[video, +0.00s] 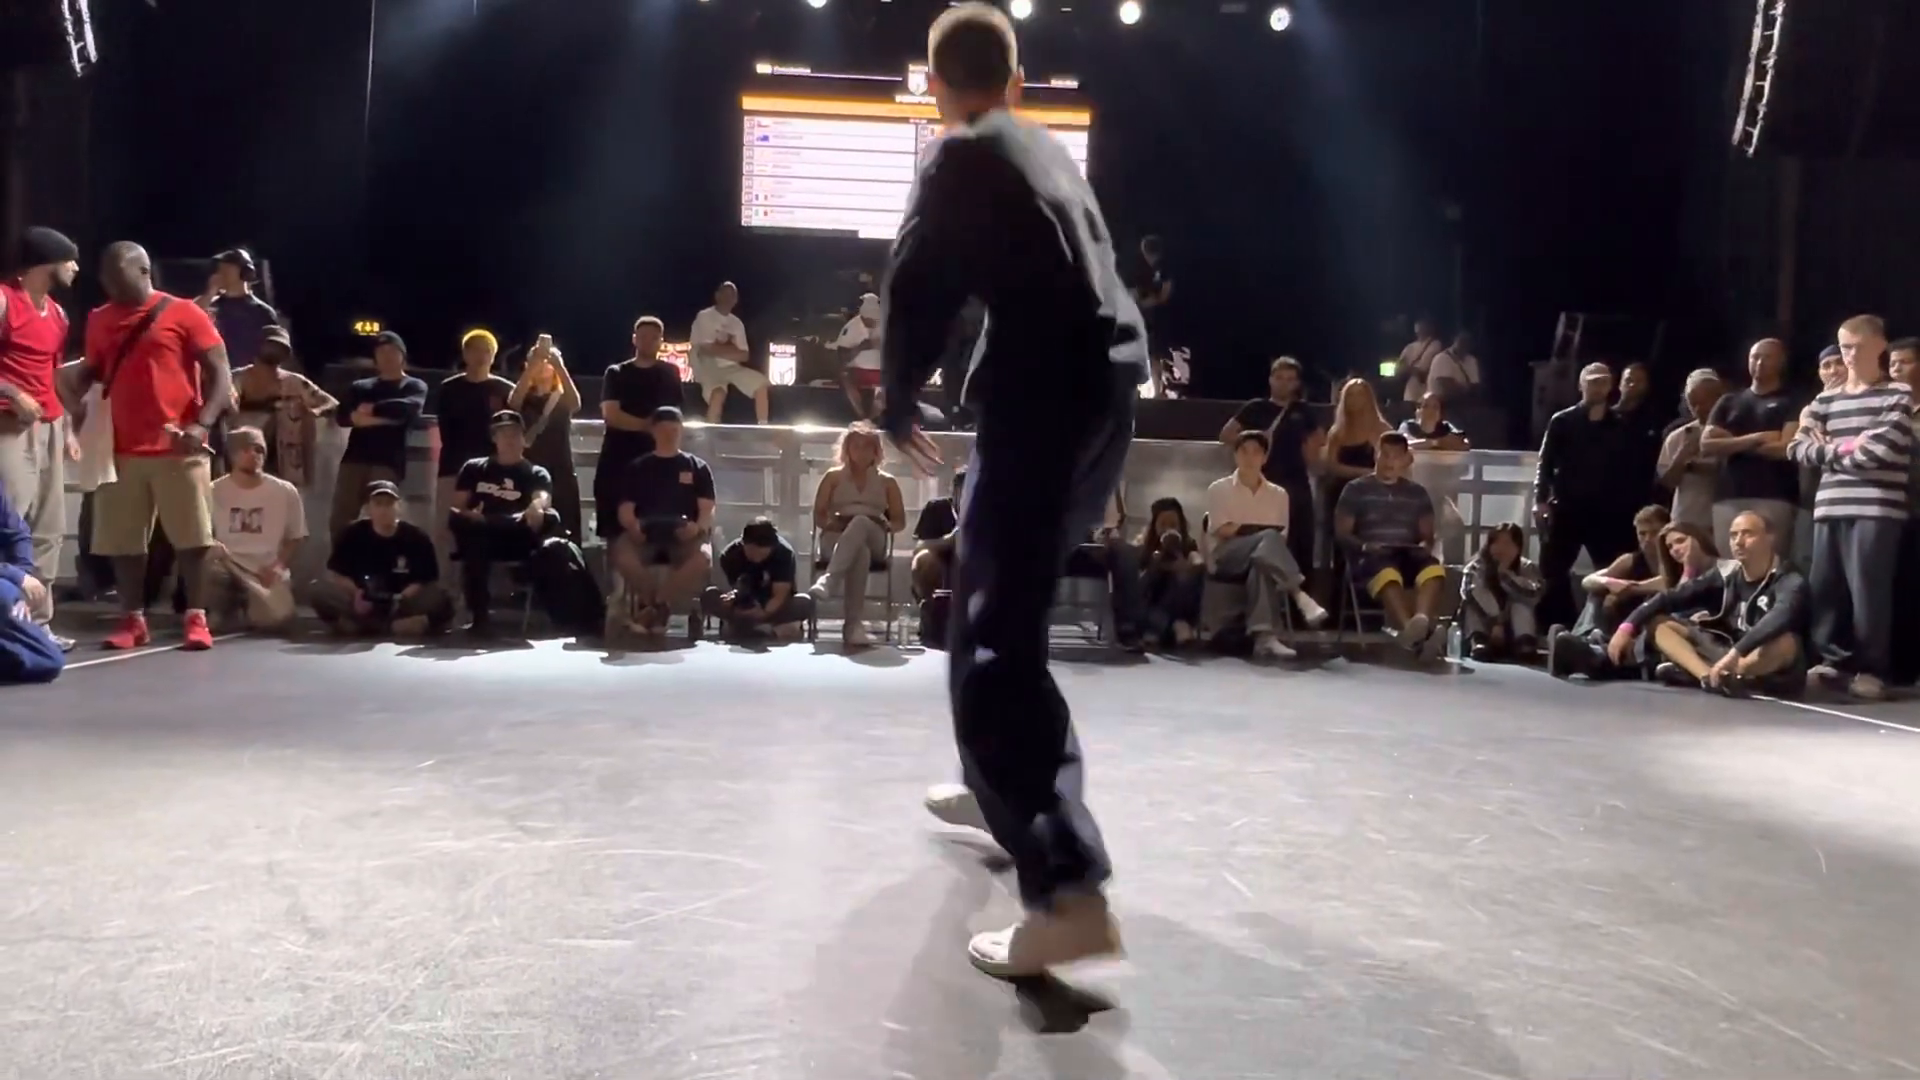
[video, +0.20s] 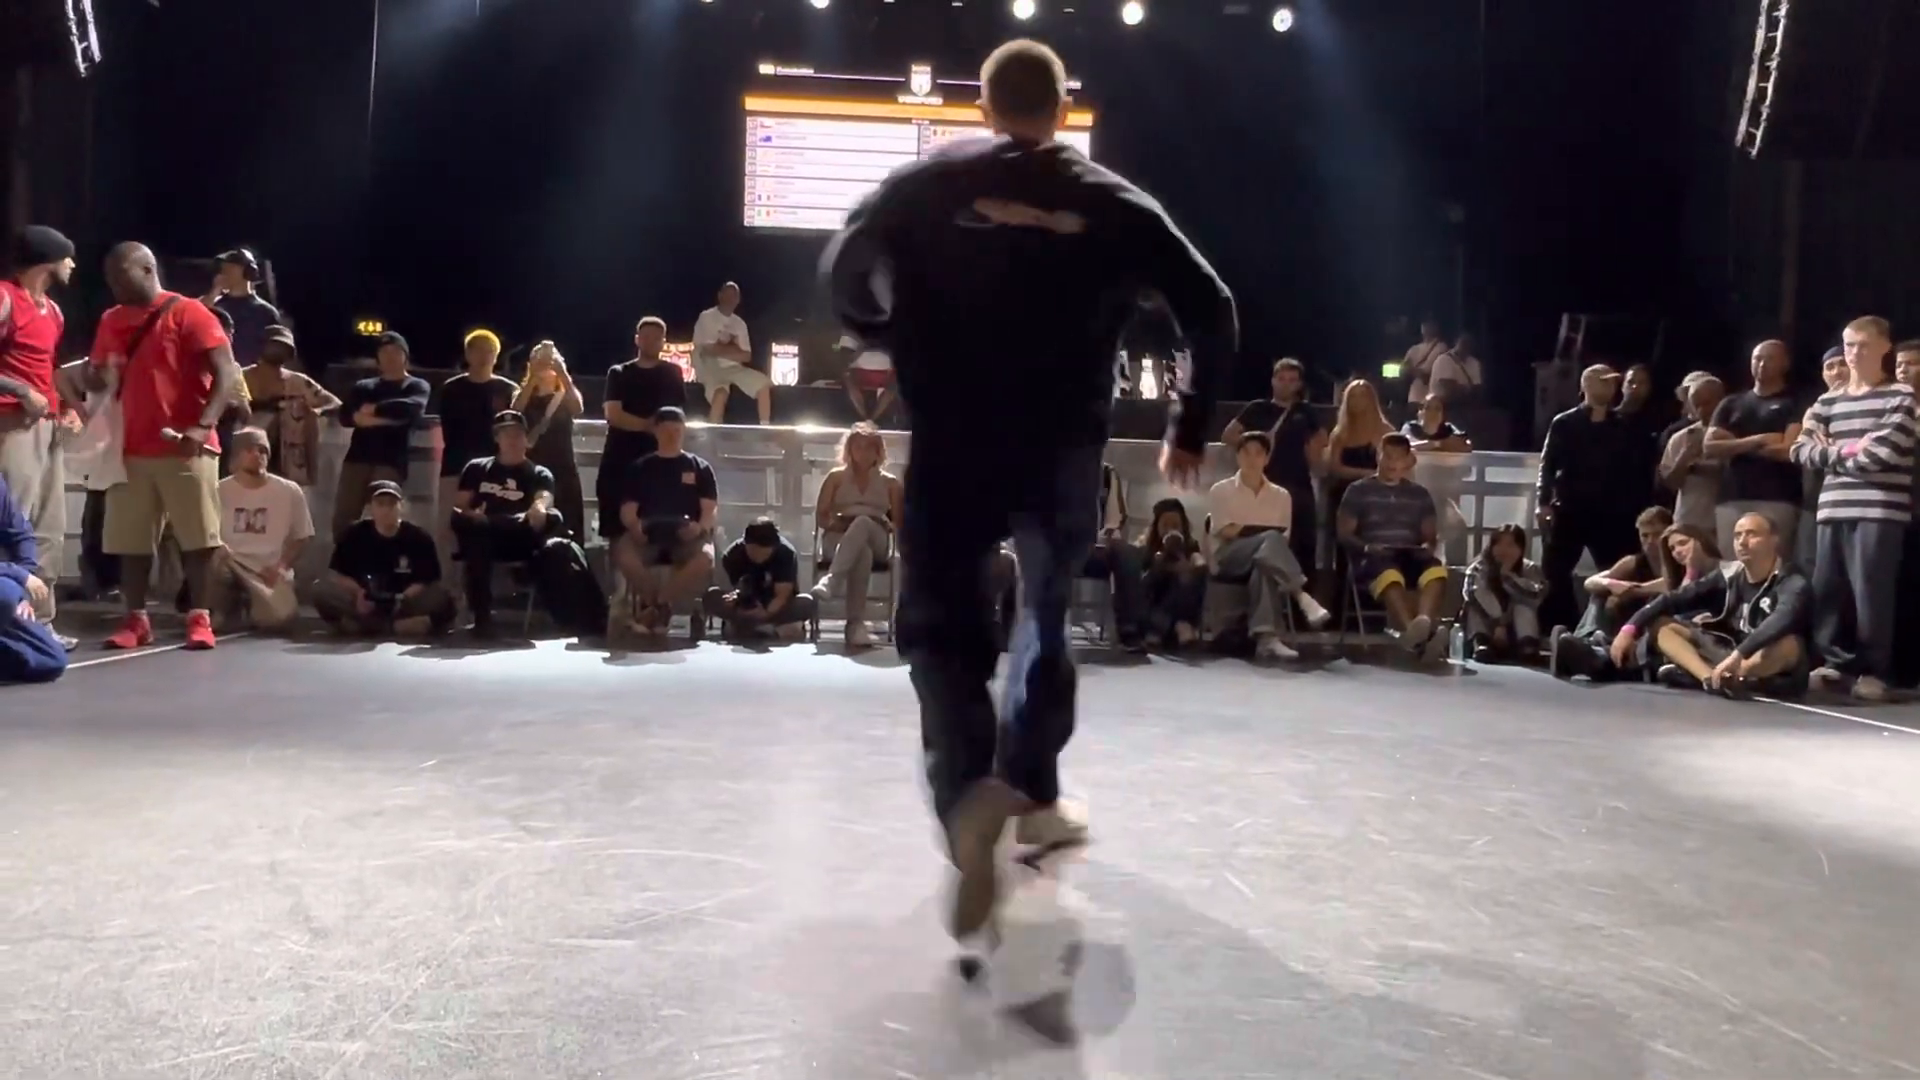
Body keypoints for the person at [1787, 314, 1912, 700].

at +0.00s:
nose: (1846, 356)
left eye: (1854, 348)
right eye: (1842, 349)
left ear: (1879, 349)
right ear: (1839, 351)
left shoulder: (1899, 398)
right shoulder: (1826, 400)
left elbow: (1874, 455)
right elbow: (1797, 447)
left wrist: (1826, 448)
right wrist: (1845, 449)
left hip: (1875, 510)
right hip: (1829, 509)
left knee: (1867, 589)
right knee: (1825, 586)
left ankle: (1871, 670)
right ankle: (1832, 662)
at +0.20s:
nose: (1851, 353)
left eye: (1860, 346)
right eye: (1847, 346)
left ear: (1884, 350)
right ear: (1843, 351)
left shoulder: (1901, 399)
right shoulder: (1828, 401)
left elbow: (1877, 458)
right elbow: (1800, 449)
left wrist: (1829, 452)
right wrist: (1846, 451)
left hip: (1878, 512)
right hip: (1831, 511)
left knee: (1870, 593)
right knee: (1827, 590)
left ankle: (1874, 672)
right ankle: (1835, 665)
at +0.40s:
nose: (1853, 356)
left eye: (1862, 348)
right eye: (1849, 349)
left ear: (1887, 350)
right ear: (1845, 352)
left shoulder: (1906, 399)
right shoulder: (1832, 401)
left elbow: (1882, 455)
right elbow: (1802, 447)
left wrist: (1832, 451)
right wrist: (1849, 450)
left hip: (1880, 512)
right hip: (1833, 512)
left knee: (1872, 592)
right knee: (1830, 589)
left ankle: (1875, 672)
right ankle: (1838, 664)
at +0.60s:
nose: (1862, 351)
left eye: (1872, 344)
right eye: (1857, 343)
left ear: (1893, 349)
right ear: (1850, 347)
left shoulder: (1909, 397)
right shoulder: (1835, 398)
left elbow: (1884, 454)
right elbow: (1804, 446)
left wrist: (1834, 449)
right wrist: (1852, 449)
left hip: (1882, 511)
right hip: (1835, 511)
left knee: (1875, 592)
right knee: (1832, 588)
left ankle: (1877, 671)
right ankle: (1840, 664)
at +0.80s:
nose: (1864, 352)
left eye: (1874, 345)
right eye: (1860, 345)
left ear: (1896, 349)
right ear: (1854, 348)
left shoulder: (1911, 395)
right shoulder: (1839, 397)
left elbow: (1888, 452)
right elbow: (1807, 445)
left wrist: (1836, 449)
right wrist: (1856, 448)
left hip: (1885, 510)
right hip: (1838, 509)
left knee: (1877, 591)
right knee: (1835, 587)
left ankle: (1882, 671)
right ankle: (1843, 663)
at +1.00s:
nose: (1867, 353)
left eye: (1876, 346)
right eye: (1863, 346)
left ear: (1900, 348)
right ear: (1858, 349)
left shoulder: (1913, 394)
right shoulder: (1842, 398)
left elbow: (1892, 449)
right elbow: (1810, 445)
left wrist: (1839, 449)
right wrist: (1861, 446)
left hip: (1887, 508)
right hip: (1840, 507)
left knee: (1880, 589)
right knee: (1838, 587)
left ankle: (1886, 671)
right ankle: (1846, 662)